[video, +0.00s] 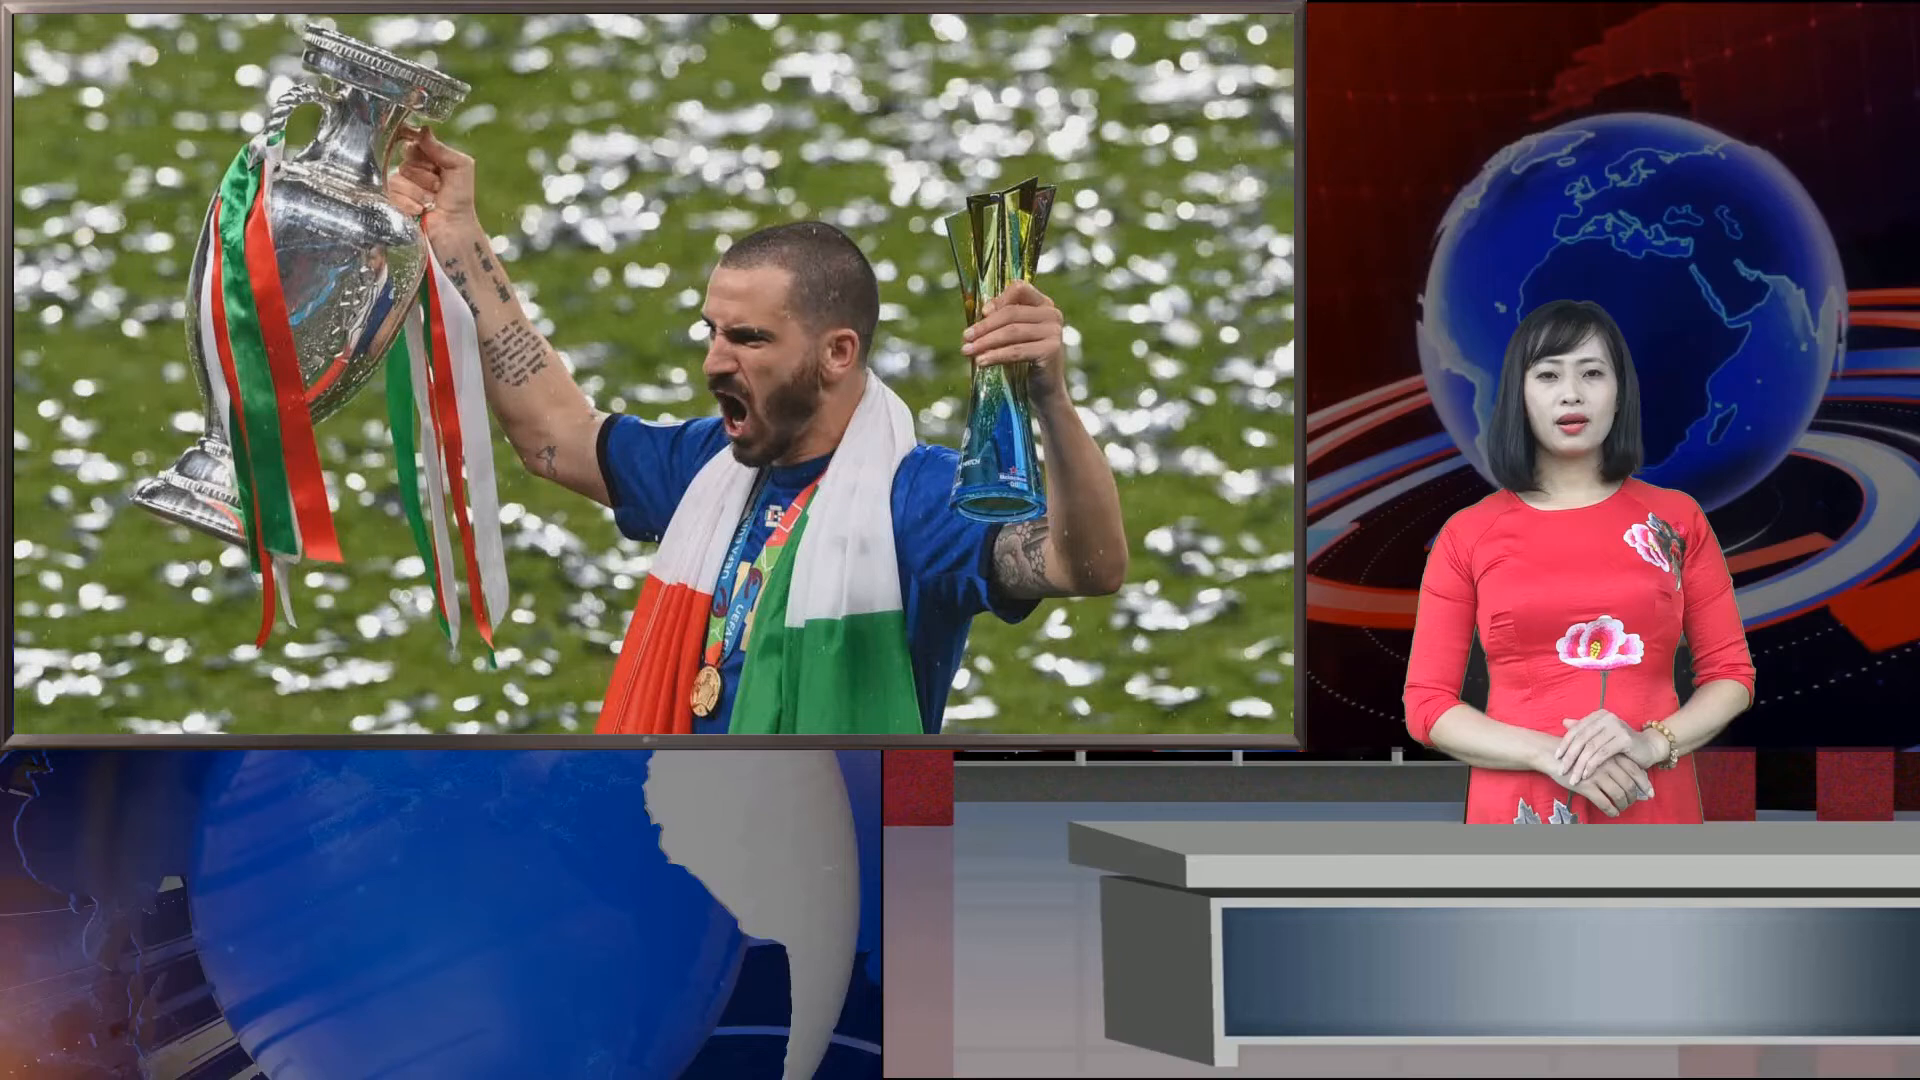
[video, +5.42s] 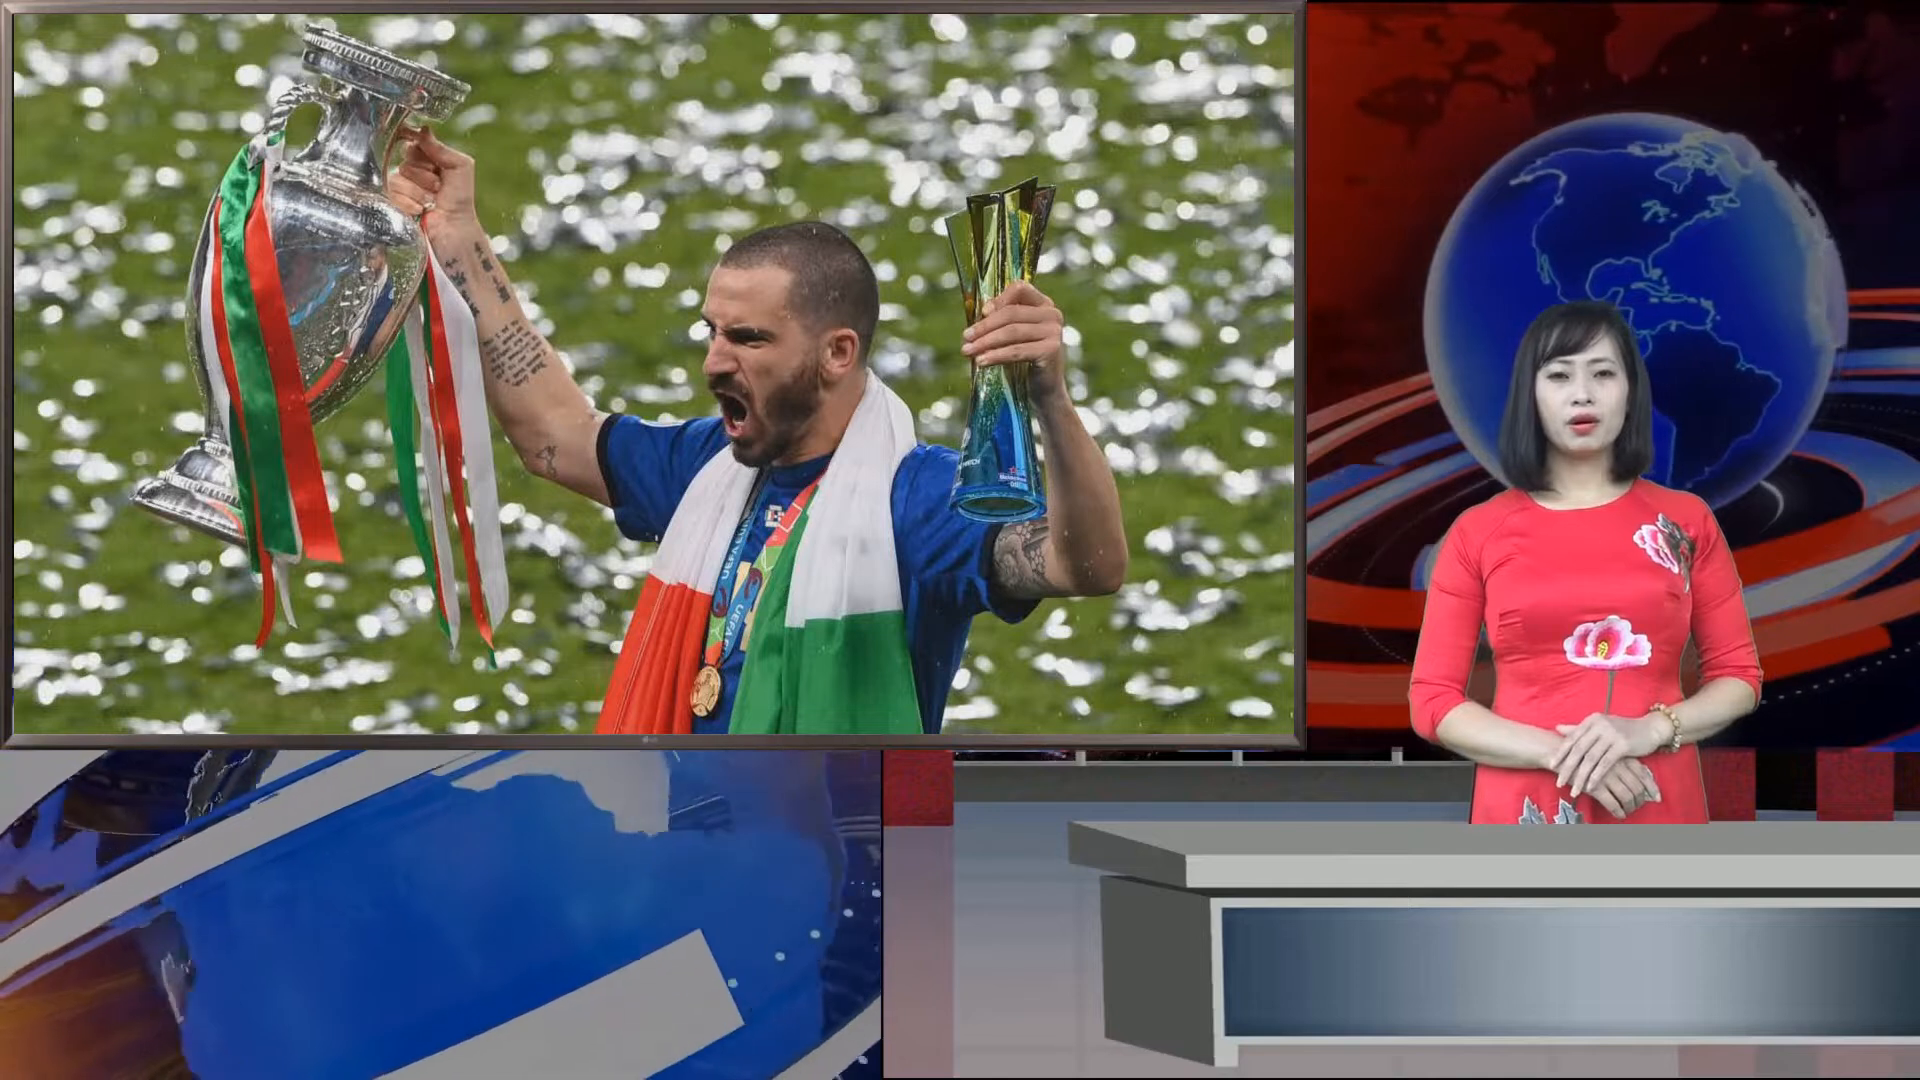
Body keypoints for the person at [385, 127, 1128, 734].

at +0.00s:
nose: (714, 361)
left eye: (747, 339)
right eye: (712, 333)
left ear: (839, 355)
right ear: (705, 327)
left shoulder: (915, 493)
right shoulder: (703, 465)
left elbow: (1090, 563)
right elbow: (557, 438)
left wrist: (1049, 398)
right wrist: (464, 252)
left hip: (830, 891)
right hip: (664, 879)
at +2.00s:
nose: (713, 362)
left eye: (747, 339)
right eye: (711, 333)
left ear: (839, 356)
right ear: (705, 327)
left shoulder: (915, 493)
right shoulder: (703, 466)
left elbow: (1090, 563)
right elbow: (557, 438)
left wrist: (1049, 399)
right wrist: (464, 252)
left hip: (833, 893)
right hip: (670, 883)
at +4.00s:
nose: (713, 361)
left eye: (747, 339)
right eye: (711, 333)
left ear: (839, 355)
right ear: (705, 327)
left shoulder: (914, 493)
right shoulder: (703, 465)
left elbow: (1089, 563)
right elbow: (557, 438)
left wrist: (1049, 398)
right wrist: (465, 255)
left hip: (831, 897)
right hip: (672, 886)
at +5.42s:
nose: (714, 362)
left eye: (747, 339)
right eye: (712, 333)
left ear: (839, 355)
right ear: (705, 327)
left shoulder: (914, 493)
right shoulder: (703, 466)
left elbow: (1089, 563)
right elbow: (557, 438)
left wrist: (1049, 399)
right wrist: (465, 254)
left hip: (827, 908)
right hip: (672, 898)